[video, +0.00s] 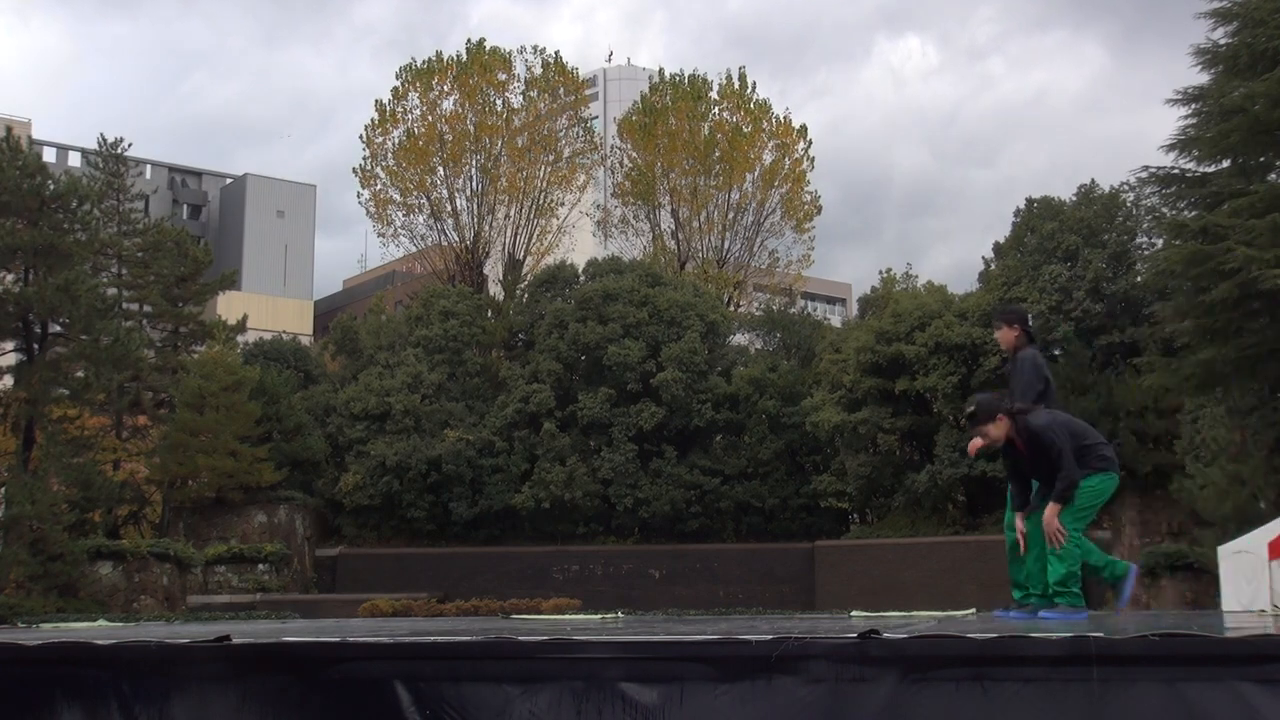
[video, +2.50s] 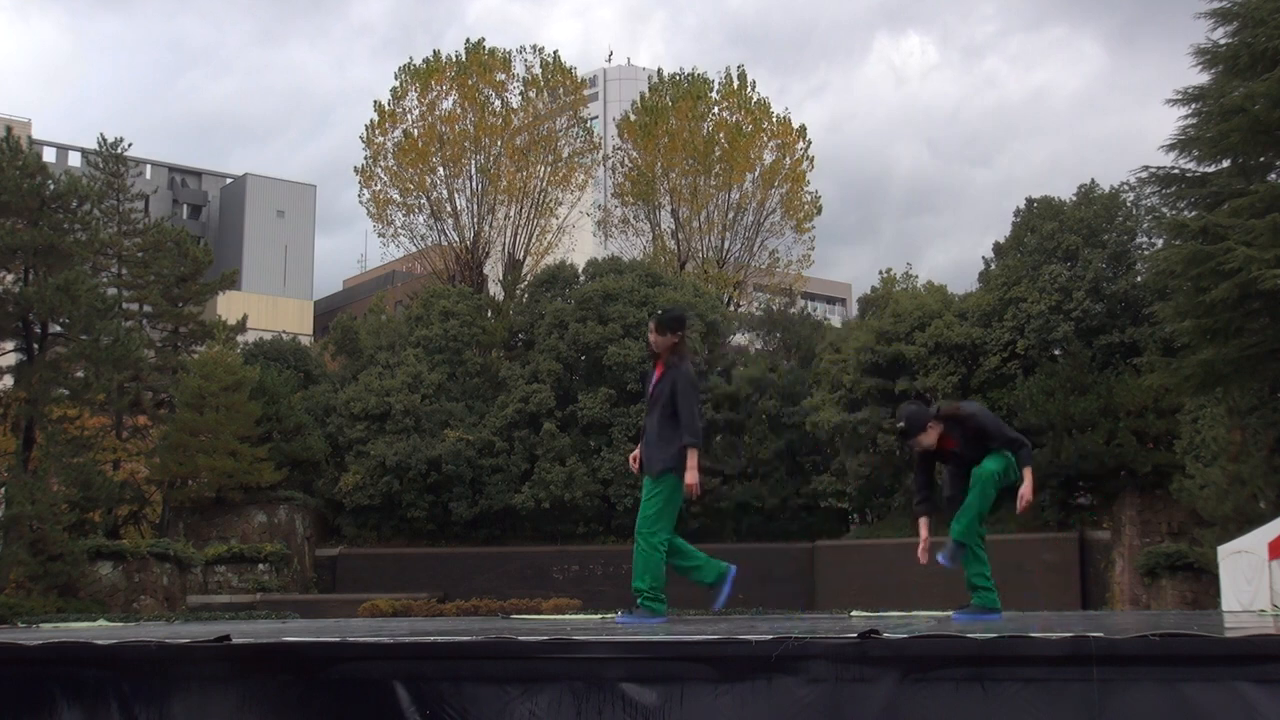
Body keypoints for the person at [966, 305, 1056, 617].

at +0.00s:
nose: (997, 336)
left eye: (1000, 330)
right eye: (996, 330)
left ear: (1017, 331)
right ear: (1016, 332)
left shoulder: (1028, 360)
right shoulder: (1018, 360)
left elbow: (1022, 410)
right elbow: (1016, 407)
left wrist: (988, 436)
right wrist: (988, 437)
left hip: (1034, 457)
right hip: (1021, 452)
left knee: (1017, 522)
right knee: (1015, 522)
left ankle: (1029, 595)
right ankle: (1027, 594)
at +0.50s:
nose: (900, 345)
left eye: (903, 339)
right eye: (900, 339)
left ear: (921, 338)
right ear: (920, 339)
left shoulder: (927, 364)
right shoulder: (924, 369)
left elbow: (957, 394)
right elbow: (921, 428)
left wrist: (986, 425)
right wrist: (881, 449)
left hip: (929, 462)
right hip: (946, 463)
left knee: (905, 529)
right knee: (958, 532)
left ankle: (908, 604)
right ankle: (1010, 585)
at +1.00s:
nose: (837, 340)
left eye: (841, 333)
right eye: (835, 334)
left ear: (860, 333)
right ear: (851, 336)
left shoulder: (879, 355)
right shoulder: (857, 367)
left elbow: (914, 384)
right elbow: (865, 412)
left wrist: (935, 415)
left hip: (889, 458)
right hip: (856, 458)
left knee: (888, 532)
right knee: (822, 500)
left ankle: (909, 602)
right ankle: (877, 492)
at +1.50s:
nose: (774, 335)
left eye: (781, 330)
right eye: (773, 329)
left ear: (798, 334)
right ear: (775, 333)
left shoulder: (815, 368)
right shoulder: (777, 373)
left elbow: (847, 406)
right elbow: (773, 421)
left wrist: (876, 440)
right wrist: (761, 452)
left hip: (816, 459)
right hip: (787, 463)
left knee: (811, 511)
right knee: (786, 531)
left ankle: (883, 537)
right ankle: (789, 604)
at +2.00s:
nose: (739, 344)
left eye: (745, 340)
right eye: (738, 339)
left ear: (762, 341)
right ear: (739, 339)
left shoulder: (772, 378)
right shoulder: (738, 371)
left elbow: (788, 424)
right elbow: (728, 410)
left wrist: (797, 465)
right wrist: (704, 431)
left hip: (751, 458)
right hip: (735, 459)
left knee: (716, 503)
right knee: (752, 534)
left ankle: (792, 508)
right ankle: (786, 602)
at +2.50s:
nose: (651, 339)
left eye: (656, 334)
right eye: (650, 333)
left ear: (675, 337)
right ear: (655, 335)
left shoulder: (682, 372)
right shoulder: (659, 368)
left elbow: (692, 423)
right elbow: (657, 419)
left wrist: (692, 467)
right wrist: (641, 447)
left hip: (669, 465)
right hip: (655, 464)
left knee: (649, 533)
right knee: (655, 535)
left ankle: (651, 606)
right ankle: (717, 573)